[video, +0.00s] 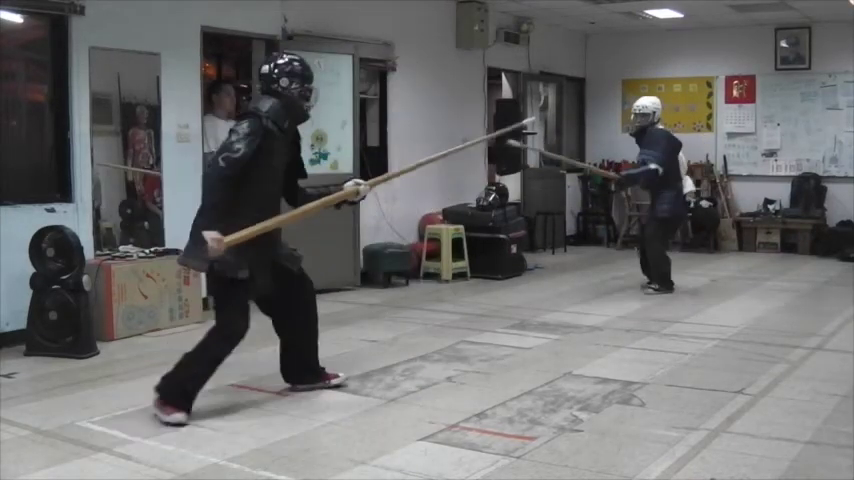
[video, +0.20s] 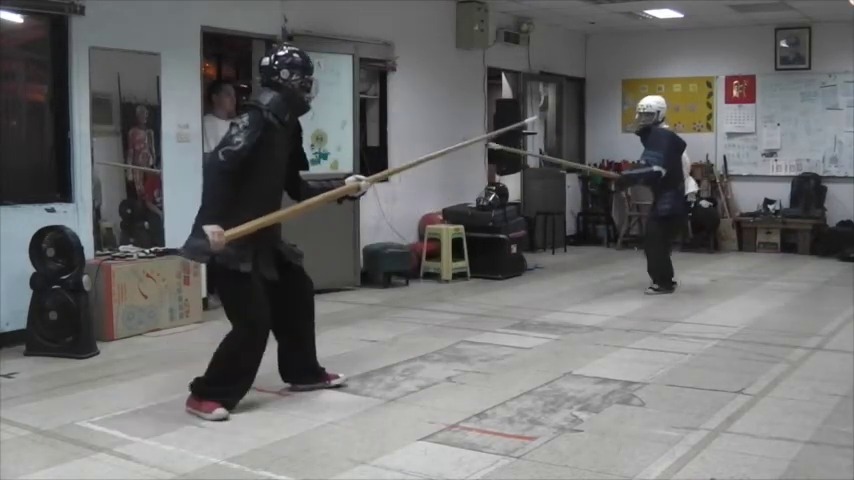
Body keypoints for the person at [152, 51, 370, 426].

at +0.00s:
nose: (307, 94)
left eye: (308, 88)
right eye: (301, 86)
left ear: (300, 90)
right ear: (280, 85)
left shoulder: (287, 133)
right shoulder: (255, 125)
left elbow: (296, 196)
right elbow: (219, 169)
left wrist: (339, 195)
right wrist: (210, 226)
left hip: (261, 241)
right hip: (227, 241)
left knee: (297, 295)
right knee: (232, 324)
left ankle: (303, 373)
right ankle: (172, 396)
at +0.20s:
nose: (308, 86)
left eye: (308, 78)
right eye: (302, 78)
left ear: (295, 79)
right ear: (282, 77)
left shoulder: (289, 128)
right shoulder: (256, 119)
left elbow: (297, 187)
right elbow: (218, 162)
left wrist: (342, 187)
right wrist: (212, 220)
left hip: (263, 238)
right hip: (230, 240)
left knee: (296, 291)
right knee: (253, 319)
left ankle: (302, 372)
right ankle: (206, 395)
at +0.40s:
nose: (307, 84)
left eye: (307, 76)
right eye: (300, 76)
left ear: (294, 77)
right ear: (279, 76)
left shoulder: (286, 124)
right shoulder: (250, 120)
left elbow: (292, 185)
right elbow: (211, 163)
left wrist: (336, 188)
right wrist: (206, 219)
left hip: (262, 235)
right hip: (229, 238)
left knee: (295, 292)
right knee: (248, 319)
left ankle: (302, 372)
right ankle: (205, 396)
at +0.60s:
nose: (309, 82)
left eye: (309, 74)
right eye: (302, 74)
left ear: (293, 75)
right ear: (282, 75)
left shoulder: (288, 122)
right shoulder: (254, 118)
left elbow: (292, 186)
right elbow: (217, 163)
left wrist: (338, 188)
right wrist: (212, 218)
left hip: (271, 233)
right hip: (237, 236)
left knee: (311, 283)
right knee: (250, 324)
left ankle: (312, 360)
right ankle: (205, 396)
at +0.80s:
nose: (330, 90)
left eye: (330, 83)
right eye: (323, 83)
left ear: (314, 86)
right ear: (302, 84)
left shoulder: (311, 128)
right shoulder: (282, 126)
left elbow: (318, 188)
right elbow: (247, 169)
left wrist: (360, 191)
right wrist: (239, 220)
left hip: (291, 237)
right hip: (260, 240)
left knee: (321, 293)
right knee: (260, 327)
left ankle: (335, 361)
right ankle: (210, 395)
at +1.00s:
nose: (357, 87)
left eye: (357, 80)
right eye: (351, 80)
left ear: (335, 82)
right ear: (331, 81)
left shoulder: (334, 125)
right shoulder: (307, 118)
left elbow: (338, 190)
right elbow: (275, 164)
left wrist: (380, 191)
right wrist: (263, 214)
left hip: (312, 230)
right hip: (284, 231)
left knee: (340, 282)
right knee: (300, 309)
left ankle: (338, 360)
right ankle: (244, 381)